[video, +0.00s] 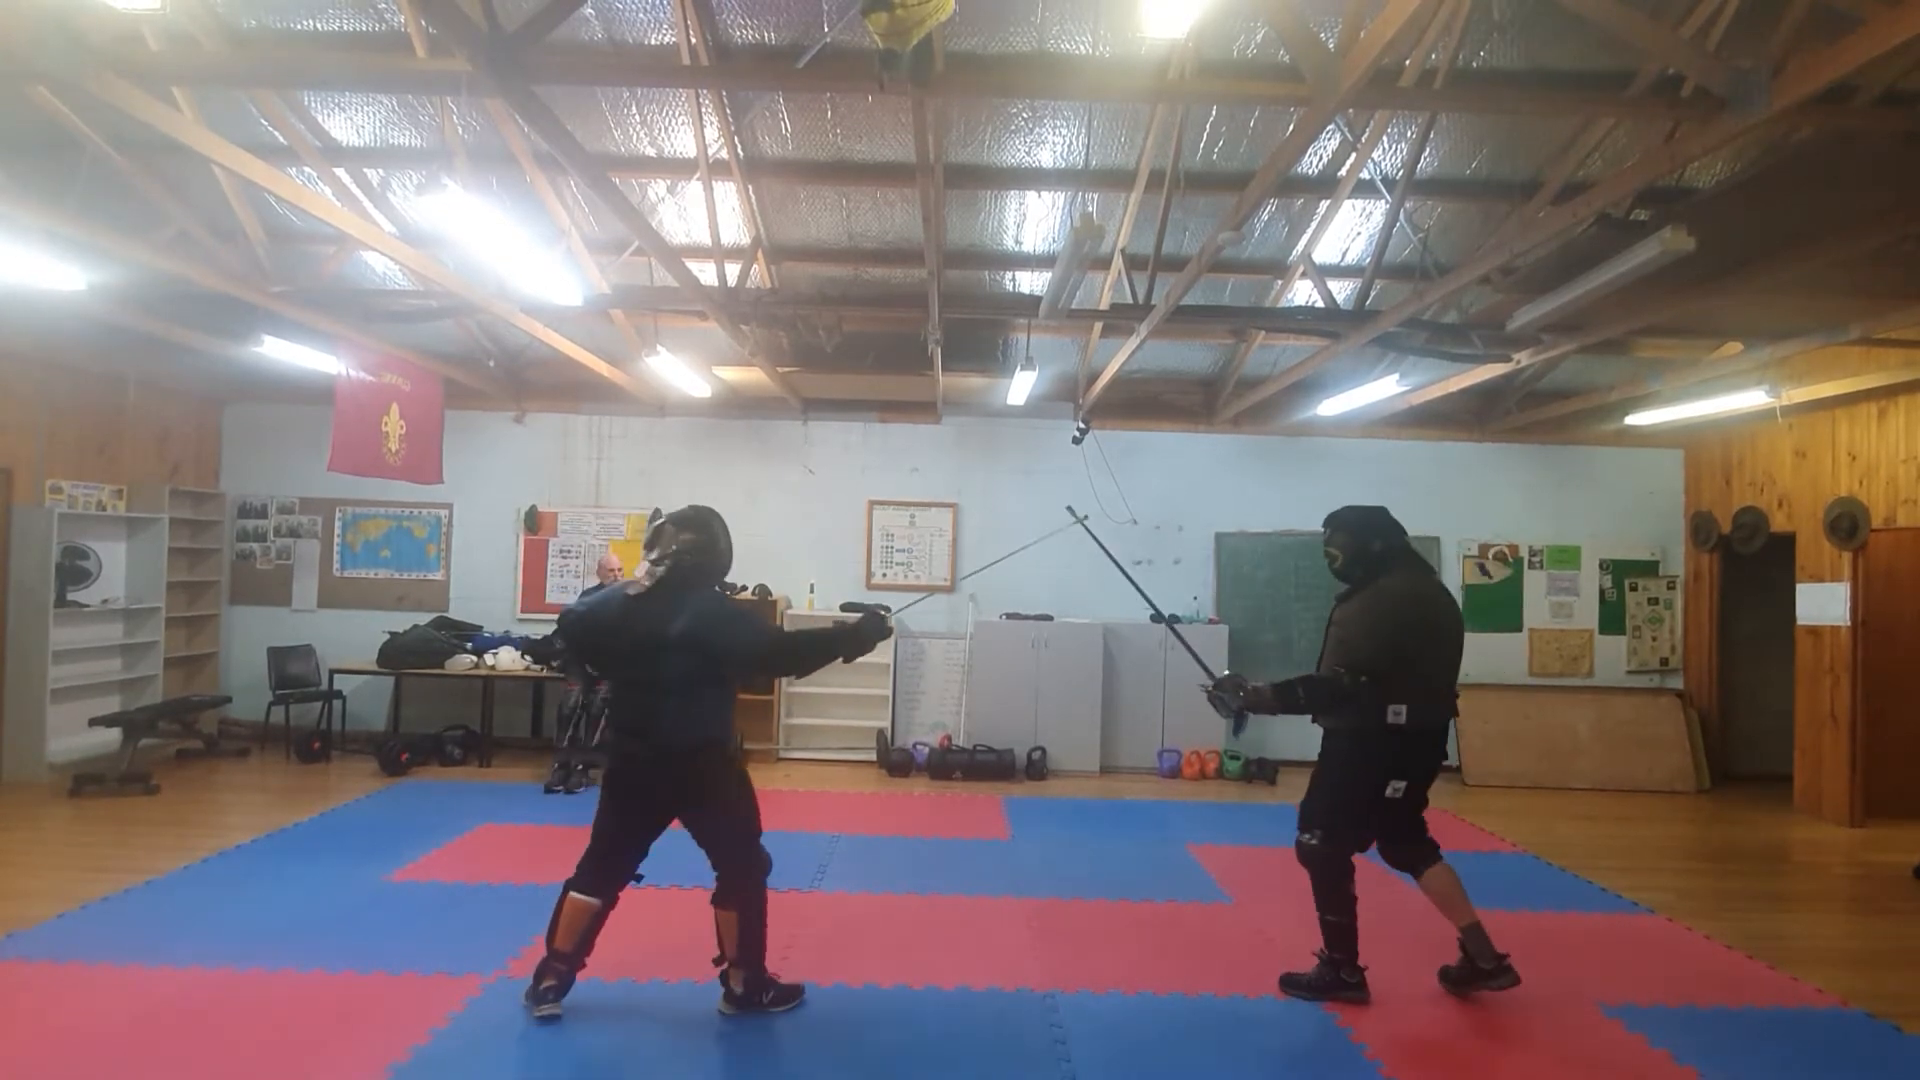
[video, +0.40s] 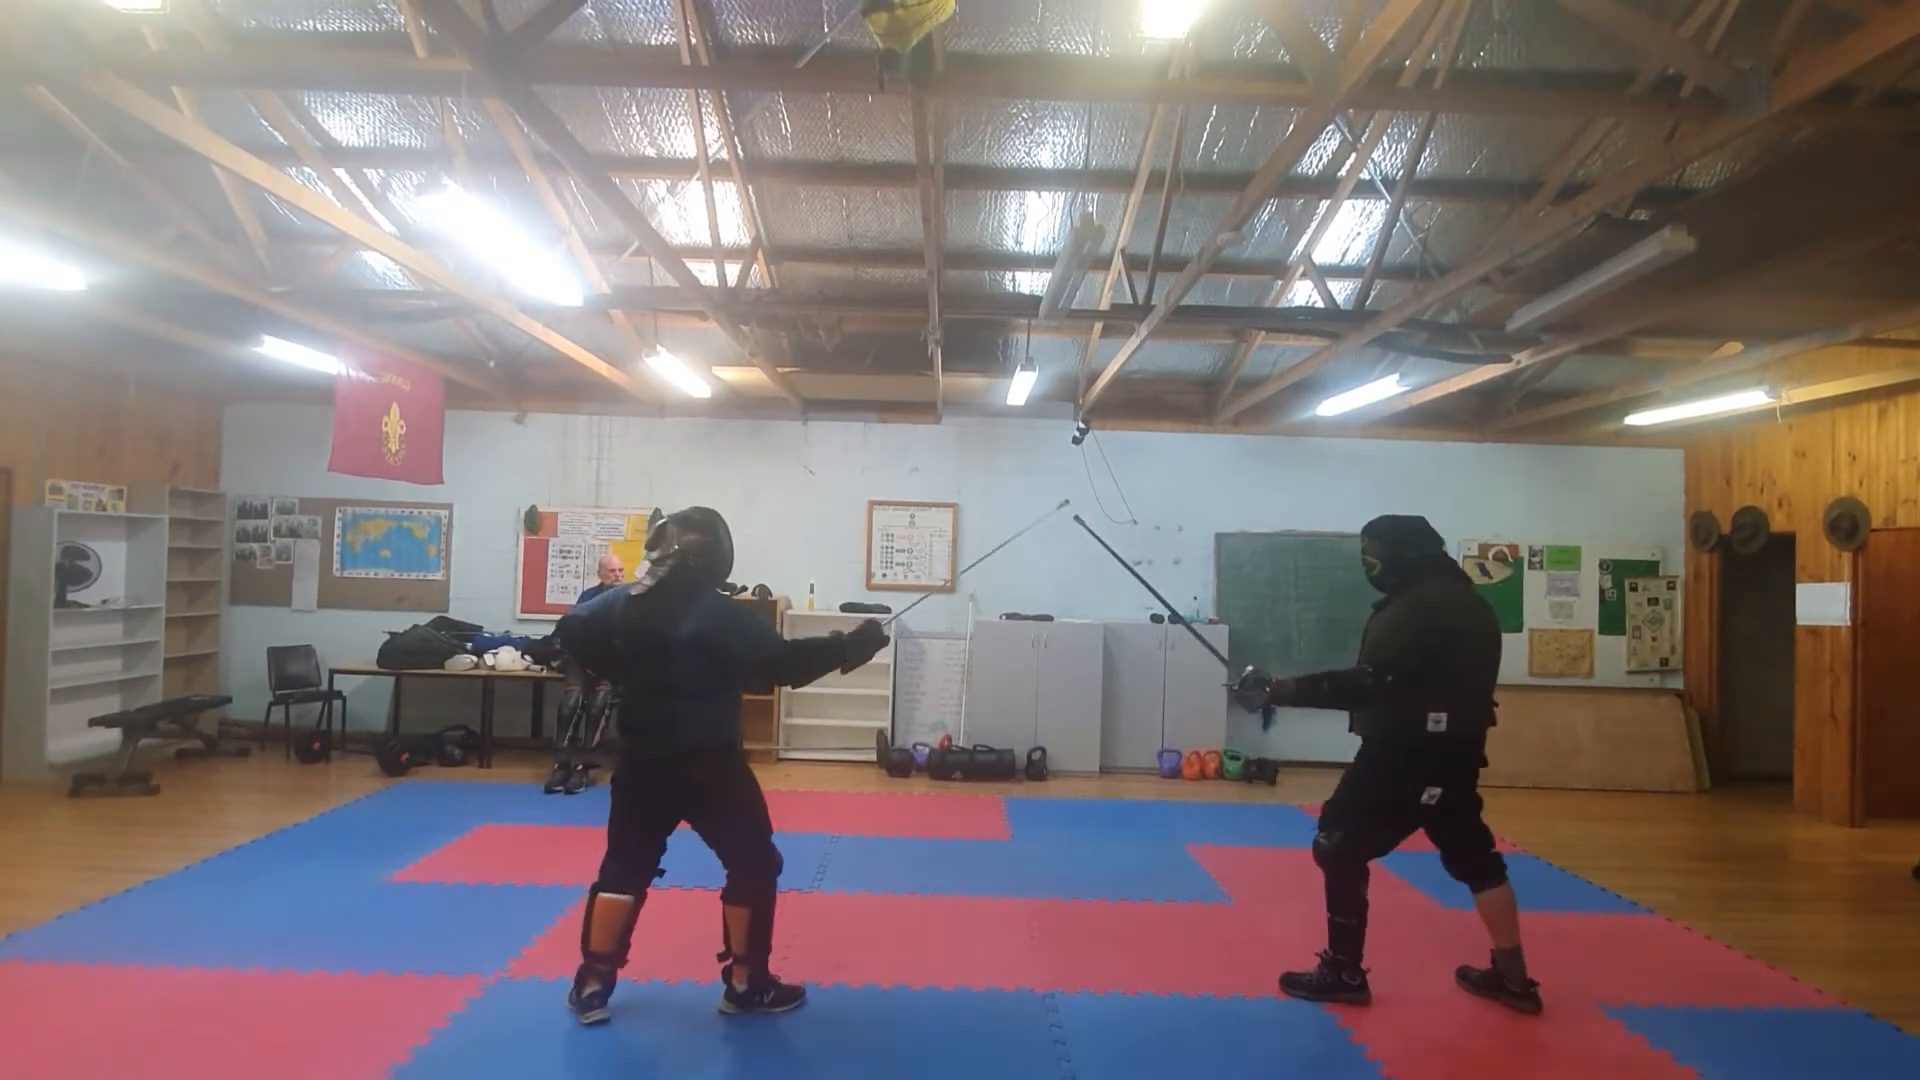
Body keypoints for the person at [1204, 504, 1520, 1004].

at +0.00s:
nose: (1329, 559)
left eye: (1336, 548)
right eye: (1327, 549)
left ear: (1368, 545)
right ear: (1385, 543)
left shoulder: (1367, 603)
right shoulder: (1430, 592)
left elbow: (1339, 688)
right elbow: (1428, 683)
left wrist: (1258, 697)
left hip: (1364, 743)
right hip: (1421, 741)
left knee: (1321, 843)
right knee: (1404, 839)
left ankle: (1341, 967)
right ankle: (1483, 955)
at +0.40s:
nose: (1367, 569)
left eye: (1372, 558)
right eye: (1365, 559)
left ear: (1399, 555)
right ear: (1421, 551)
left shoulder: (1404, 610)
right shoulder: (1472, 603)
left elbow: (1370, 684)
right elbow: (1472, 689)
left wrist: (1282, 690)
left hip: (1397, 758)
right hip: (1456, 757)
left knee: (1340, 844)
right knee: (1476, 857)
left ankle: (1343, 970)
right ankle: (1512, 973)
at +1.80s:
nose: (1419, 578)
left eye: (1424, 567)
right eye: (1417, 568)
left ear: (1454, 564)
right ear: (1480, 561)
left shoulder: (1460, 616)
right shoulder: (1532, 613)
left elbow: (1390, 668)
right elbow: (1534, 701)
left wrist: (1298, 647)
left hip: (1457, 765)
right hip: (1519, 765)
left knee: (1391, 855)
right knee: (1538, 870)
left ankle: (1350, 968)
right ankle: (1596, 991)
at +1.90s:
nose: (1437, 576)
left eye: (1442, 565)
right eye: (1435, 566)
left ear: (1471, 559)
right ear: (1498, 556)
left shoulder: (1478, 612)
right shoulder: (1548, 608)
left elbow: (1407, 667)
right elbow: (1546, 690)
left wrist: (1318, 651)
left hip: (1473, 760)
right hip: (1535, 759)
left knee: (1408, 855)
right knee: (1544, 867)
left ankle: (1360, 967)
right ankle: (1598, 992)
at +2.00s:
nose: (1450, 577)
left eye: (1455, 565)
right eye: (1447, 566)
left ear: (1485, 559)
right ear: (1512, 555)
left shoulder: (1486, 613)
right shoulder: (1562, 610)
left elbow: (1417, 666)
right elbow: (1563, 698)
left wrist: (1328, 649)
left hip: (1478, 763)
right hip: (1541, 763)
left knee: (1409, 849)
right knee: (1552, 869)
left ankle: (1396, 978)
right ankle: (1600, 993)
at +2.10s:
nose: (1452, 574)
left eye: (1458, 562)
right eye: (1449, 563)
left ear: (1490, 560)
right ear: (1516, 555)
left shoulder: (1490, 614)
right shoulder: (1564, 611)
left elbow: (1422, 667)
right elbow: (1564, 700)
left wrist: (1334, 650)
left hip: (1480, 761)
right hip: (1541, 762)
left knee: (1419, 853)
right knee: (1551, 868)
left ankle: (1432, 988)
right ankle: (1600, 993)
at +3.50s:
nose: (1494, 572)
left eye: (1503, 560)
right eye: (1493, 560)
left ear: (1538, 561)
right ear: (1555, 560)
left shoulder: (1540, 621)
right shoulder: (1600, 617)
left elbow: (1510, 701)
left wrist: (1421, 681)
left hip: (1520, 777)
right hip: (1568, 777)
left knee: (1453, 866)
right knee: (1572, 880)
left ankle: (1424, 997)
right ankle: (1621, 1000)